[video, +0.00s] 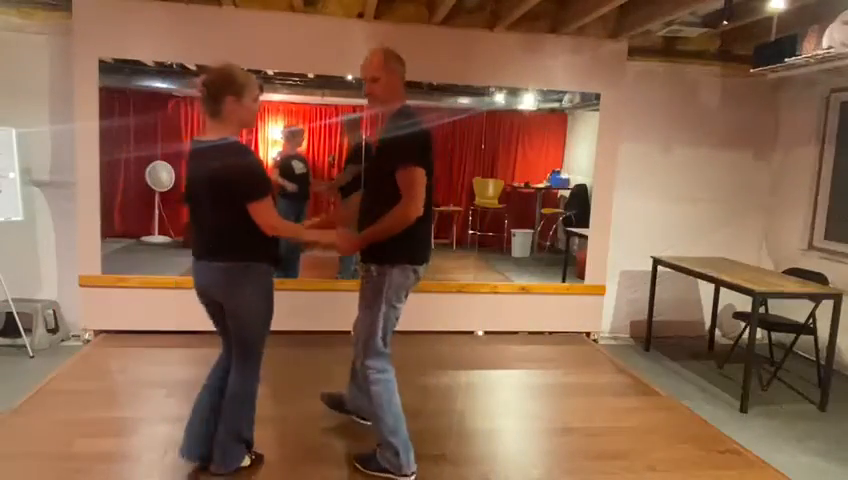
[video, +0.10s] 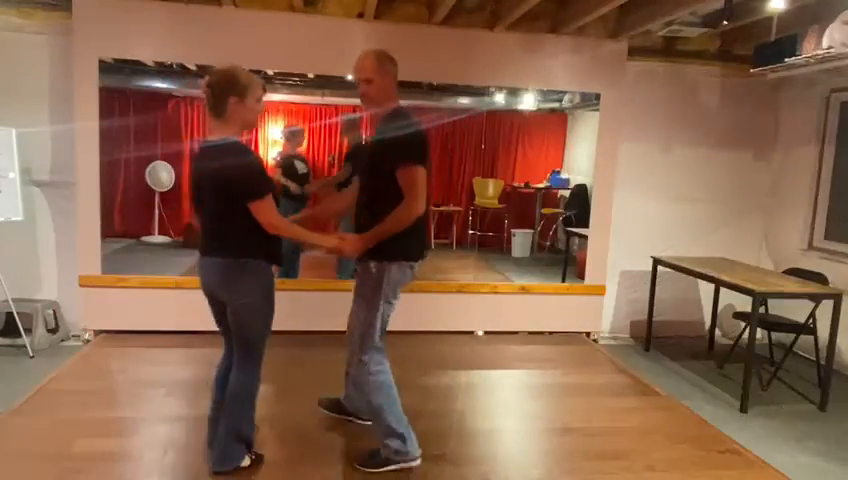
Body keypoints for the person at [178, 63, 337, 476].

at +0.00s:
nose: (257, 108)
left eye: (257, 101)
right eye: (253, 101)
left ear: (215, 104)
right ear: (230, 104)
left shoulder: (198, 154)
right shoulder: (242, 160)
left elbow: (203, 213)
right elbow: (271, 224)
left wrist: (262, 189)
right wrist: (324, 236)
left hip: (207, 271)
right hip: (244, 275)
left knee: (231, 353)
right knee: (246, 364)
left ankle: (198, 445)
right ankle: (230, 455)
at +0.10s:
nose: (260, 110)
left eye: (260, 103)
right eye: (256, 102)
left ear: (219, 105)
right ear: (234, 104)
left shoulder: (203, 155)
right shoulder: (243, 159)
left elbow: (199, 216)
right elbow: (274, 223)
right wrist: (331, 242)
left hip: (213, 267)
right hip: (246, 271)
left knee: (234, 350)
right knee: (247, 360)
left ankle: (221, 437)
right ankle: (229, 454)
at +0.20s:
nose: (263, 110)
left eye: (263, 102)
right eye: (259, 102)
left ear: (225, 106)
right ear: (237, 105)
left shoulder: (212, 152)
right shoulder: (241, 159)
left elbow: (225, 211)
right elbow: (274, 222)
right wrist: (331, 243)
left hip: (219, 264)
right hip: (247, 269)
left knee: (238, 349)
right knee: (248, 360)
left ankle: (241, 425)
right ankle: (231, 455)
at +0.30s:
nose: (265, 112)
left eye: (264, 104)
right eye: (261, 104)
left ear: (226, 107)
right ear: (241, 105)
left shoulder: (217, 153)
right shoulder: (241, 161)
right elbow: (275, 222)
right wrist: (333, 244)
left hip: (225, 261)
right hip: (247, 267)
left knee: (244, 349)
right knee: (249, 358)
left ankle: (243, 423)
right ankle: (230, 454)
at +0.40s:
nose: (267, 113)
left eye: (267, 105)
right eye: (263, 105)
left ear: (232, 107)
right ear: (243, 106)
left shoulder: (227, 153)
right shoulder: (239, 159)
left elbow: (265, 207)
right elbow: (275, 222)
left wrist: (312, 193)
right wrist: (332, 244)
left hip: (234, 259)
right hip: (246, 263)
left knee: (250, 345)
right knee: (251, 351)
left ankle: (243, 420)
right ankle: (230, 453)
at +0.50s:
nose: (270, 112)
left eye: (269, 105)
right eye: (265, 105)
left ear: (232, 108)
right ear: (247, 108)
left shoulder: (231, 153)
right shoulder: (241, 159)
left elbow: (272, 201)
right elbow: (274, 220)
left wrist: (316, 189)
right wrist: (329, 245)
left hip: (237, 255)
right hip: (246, 259)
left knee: (252, 342)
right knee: (252, 347)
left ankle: (243, 418)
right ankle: (230, 449)